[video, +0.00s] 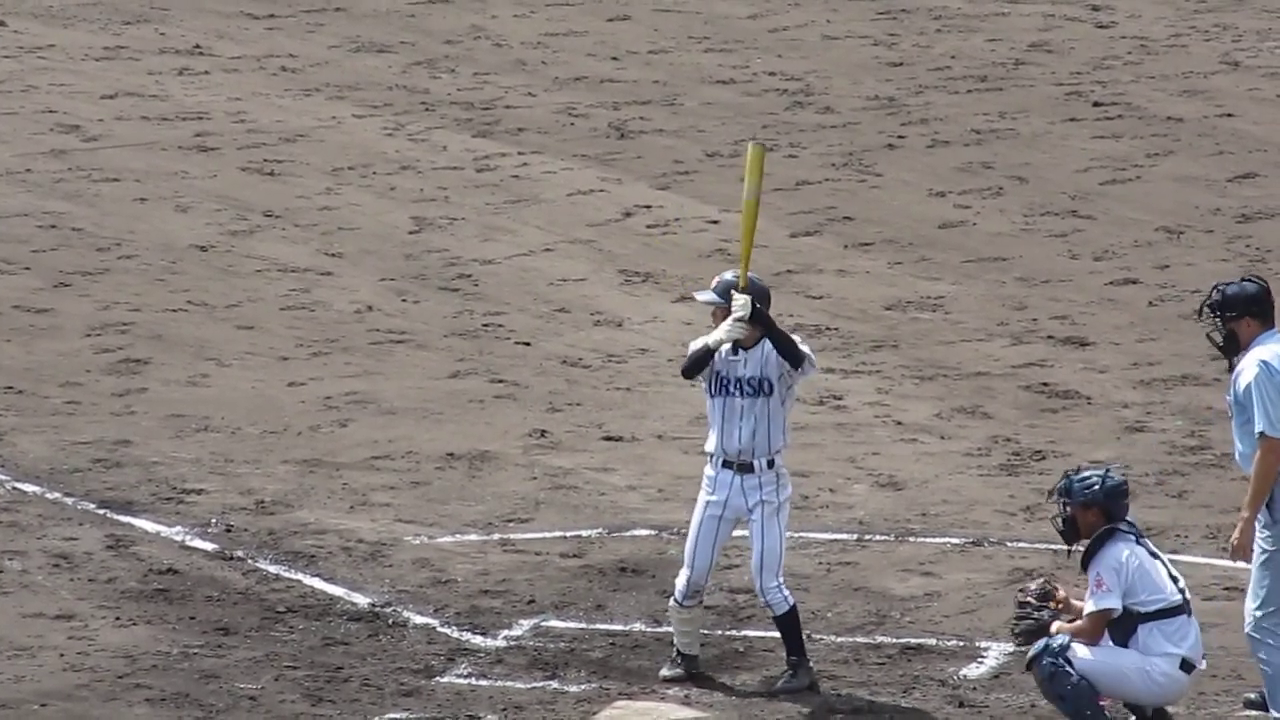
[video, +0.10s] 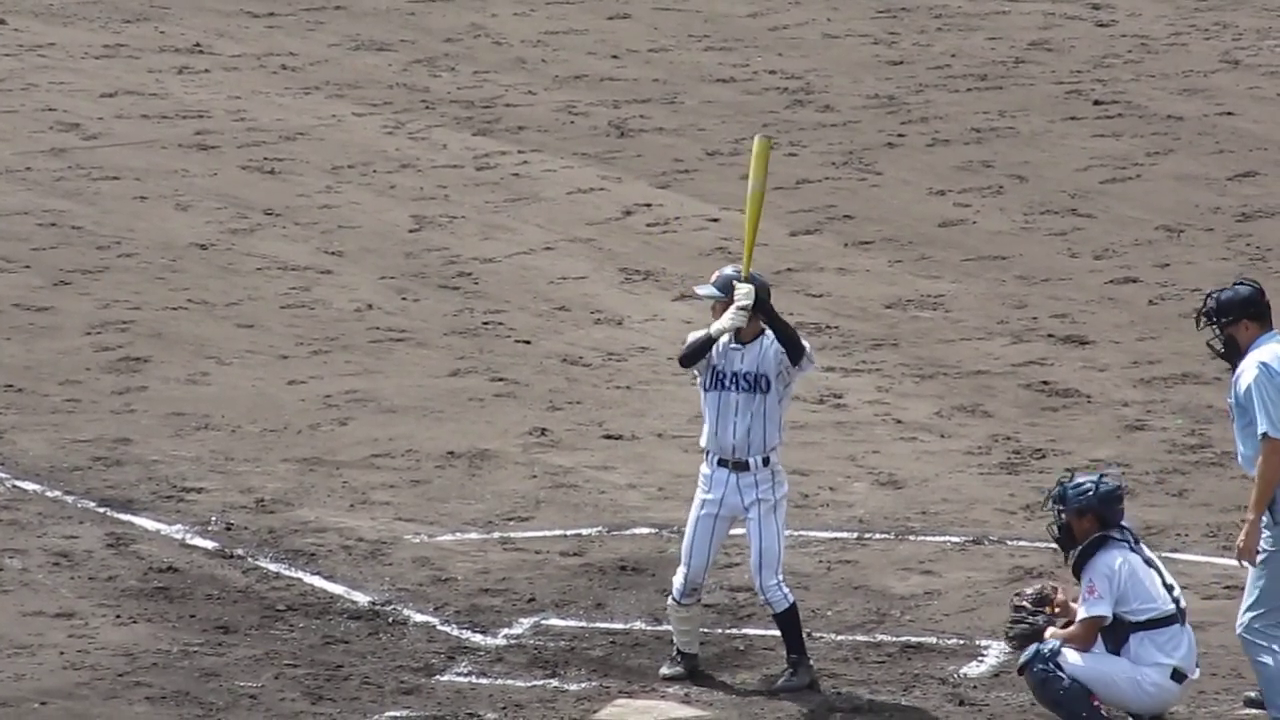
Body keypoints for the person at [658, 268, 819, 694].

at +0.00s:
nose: (714, 314)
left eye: (720, 309)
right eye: (714, 309)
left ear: (741, 311)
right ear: (719, 311)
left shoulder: (782, 352)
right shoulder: (711, 349)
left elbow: (803, 364)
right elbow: (688, 369)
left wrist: (761, 319)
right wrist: (720, 336)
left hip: (765, 480)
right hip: (718, 477)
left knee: (768, 583)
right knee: (691, 578)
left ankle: (800, 667)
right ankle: (686, 658)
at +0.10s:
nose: (715, 309)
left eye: (721, 304)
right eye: (715, 304)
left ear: (743, 309)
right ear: (717, 307)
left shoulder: (778, 350)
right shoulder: (709, 343)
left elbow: (801, 356)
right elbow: (685, 359)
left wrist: (764, 308)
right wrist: (720, 327)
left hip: (761, 479)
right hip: (714, 476)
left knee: (768, 581)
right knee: (688, 577)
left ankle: (800, 665)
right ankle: (686, 656)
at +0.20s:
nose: (711, 307)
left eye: (718, 302)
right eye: (711, 301)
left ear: (741, 307)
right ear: (713, 304)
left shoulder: (775, 352)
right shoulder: (706, 341)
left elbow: (796, 346)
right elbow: (685, 352)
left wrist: (763, 299)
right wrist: (723, 319)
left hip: (759, 480)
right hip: (711, 477)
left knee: (767, 581)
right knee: (686, 577)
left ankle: (799, 665)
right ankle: (686, 657)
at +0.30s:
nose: (711, 310)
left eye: (717, 305)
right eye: (711, 304)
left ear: (739, 311)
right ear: (713, 306)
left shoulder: (771, 354)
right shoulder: (703, 344)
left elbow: (793, 348)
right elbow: (688, 354)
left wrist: (763, 299)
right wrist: (729, 316)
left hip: (757, 482)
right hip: (710, 481)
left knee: (767, 584)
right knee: (685, 582)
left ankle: (800, 668)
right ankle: (686, 660)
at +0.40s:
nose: (709, 308)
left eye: (715, 304)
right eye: (708, 303)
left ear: (739, 310)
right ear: (711, 305)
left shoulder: (770, 350)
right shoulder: (702, 340)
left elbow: (792, 349)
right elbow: (689, 352)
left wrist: (761, 299)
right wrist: (727, 311)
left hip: (758, 480)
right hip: (710, 479)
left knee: (766, 581)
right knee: (684, 581)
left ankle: (799, 665)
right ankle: (686, 657)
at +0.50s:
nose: (710, 314)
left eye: (716, 309)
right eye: (709, 308)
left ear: (739, 314)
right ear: (710, 309)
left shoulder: (773, 353)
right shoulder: (701, 345)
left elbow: (789, 358)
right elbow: (691, 360)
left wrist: (758, 307)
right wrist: (725, 318)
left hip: (760, 484)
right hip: (713, 483)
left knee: (766, 584)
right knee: (684, 583)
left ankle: (798, 668)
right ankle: (684, 660)